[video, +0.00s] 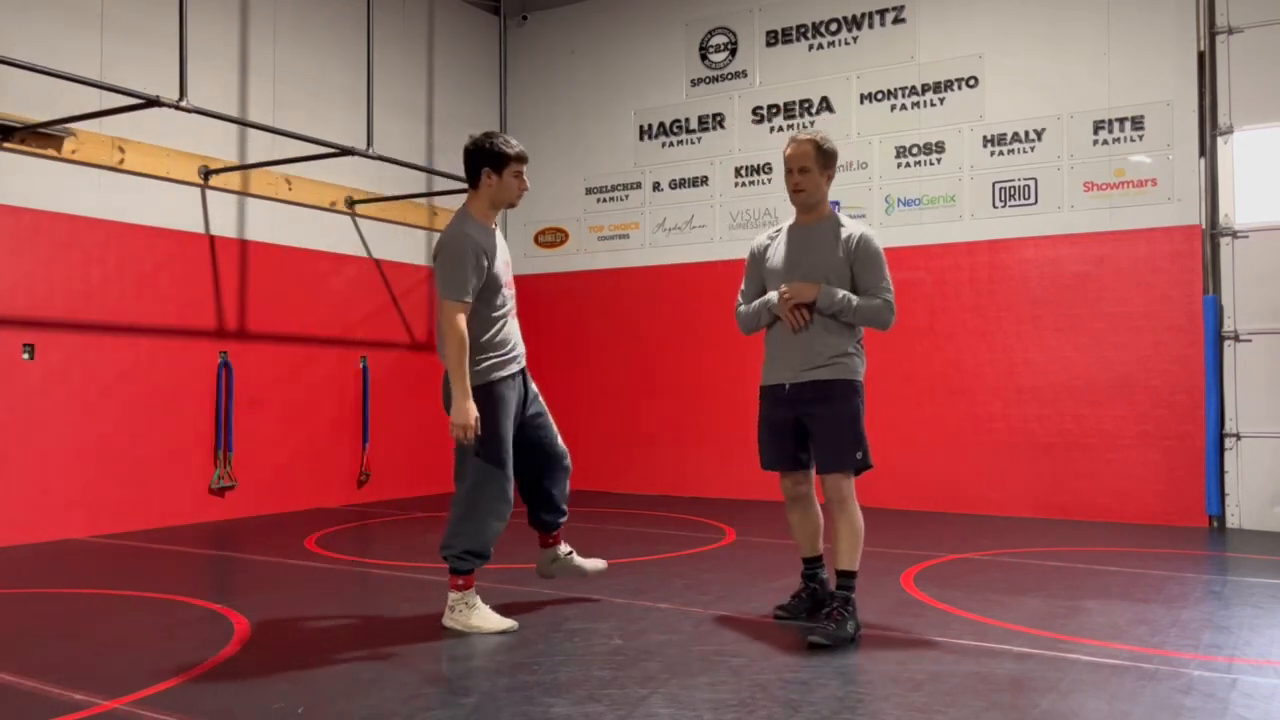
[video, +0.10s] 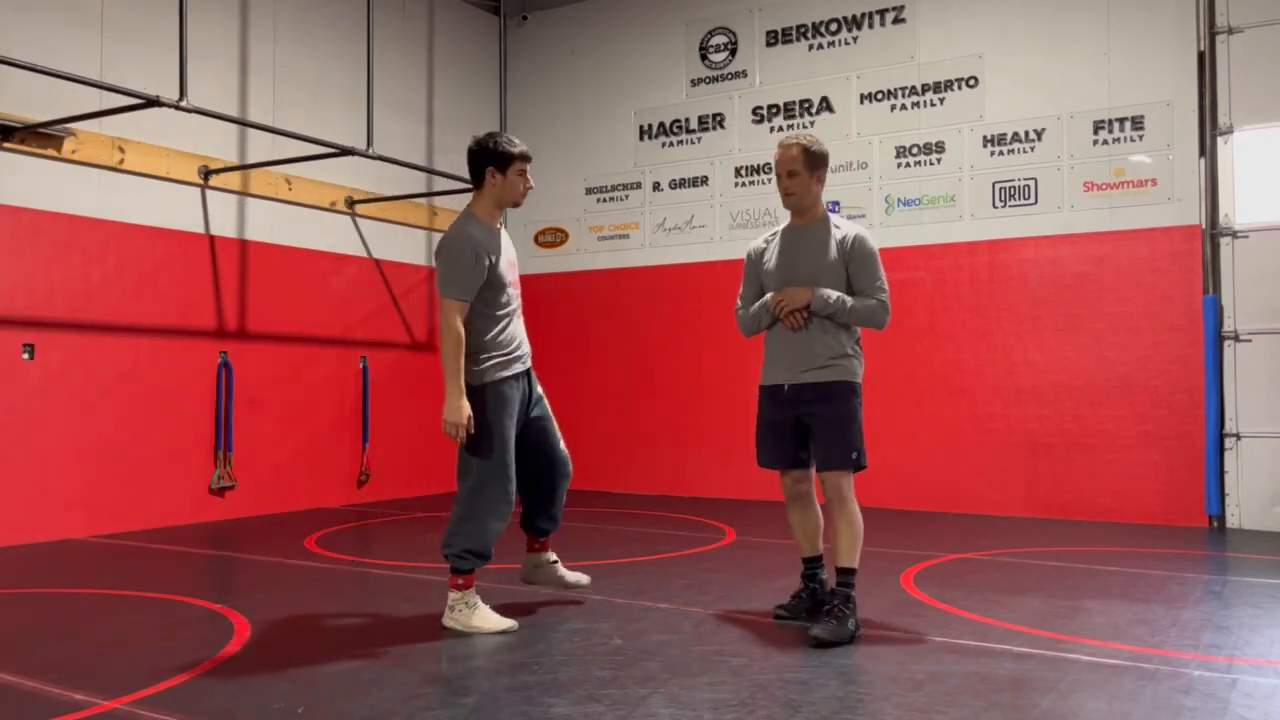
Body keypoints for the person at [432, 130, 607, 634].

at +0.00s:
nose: (525, 185)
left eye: (525, 176)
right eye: (518, 176)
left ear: (495, 178)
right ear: (488, 178)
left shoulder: (489, 229)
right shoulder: (461, 239)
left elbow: (491, 307)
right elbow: (452, 321)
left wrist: (511, 363)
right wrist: (462, 398)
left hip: (514, 375)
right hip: (482, 384)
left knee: (550, 460)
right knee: (485, 485)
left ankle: (551, 551)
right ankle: (461, 596)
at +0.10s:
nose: (529, 183)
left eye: (529, 174)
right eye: (522, 174)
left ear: (497, 179)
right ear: (491, 177)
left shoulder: (496, 230)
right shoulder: (464, 239)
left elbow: (499, 312)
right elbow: (451, 321)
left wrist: (522, 371)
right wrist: (455, 396)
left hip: (520, 377)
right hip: (488, 384)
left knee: (551, 466)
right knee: (488, 485)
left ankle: (539, 558)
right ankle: (460, 596)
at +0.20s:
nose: (534, 183)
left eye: (533, 174)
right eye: (526, 175)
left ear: (504, 180)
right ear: (497, 178)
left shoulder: (504, 234)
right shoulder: (467, 242)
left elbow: (507, 314)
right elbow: (453, 322)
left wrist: (528, 374)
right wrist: (457, 394)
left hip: (525, 379)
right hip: (492, 385)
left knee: (549, 474)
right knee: (489, 486)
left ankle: (524, 567)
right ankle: (460, 597)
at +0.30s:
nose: (539, 185)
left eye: (538, 176)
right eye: (531, 176)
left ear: (508, 183)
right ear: (502, 180)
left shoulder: (510, 236)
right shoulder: (472, 245)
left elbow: (512, 312)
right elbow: (460, 321)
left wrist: (530, 369)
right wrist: (466, 393)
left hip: (531, 381)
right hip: (498, 386)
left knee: (543, 483)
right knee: (493, 488)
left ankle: (515, 580)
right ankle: (461, 598)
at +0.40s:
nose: (546, 185)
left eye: (545, 176)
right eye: (538, 177)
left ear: (517, 182)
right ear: (509, 181)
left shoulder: (520, 239)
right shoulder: (478, 244)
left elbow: (523, 313)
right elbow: (470, 319)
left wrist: (539, 372)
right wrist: (481, 389)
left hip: (536, 380)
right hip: (504, 383)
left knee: (537, 485)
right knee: (496, 487)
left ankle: (512, 584)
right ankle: (461, 597)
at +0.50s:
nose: (552, 186)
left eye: (551, 177)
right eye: (544, 177)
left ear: (525, 183)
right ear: (515, 182)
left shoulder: (526, 238)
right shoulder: (486, 242)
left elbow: (528, 312)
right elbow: (476, 314)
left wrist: (543, 370)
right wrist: (498, 383)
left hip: (541, 378)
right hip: (510, 381)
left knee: (541, 485)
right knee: (502, 486)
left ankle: (513, 583)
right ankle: (463, 596)